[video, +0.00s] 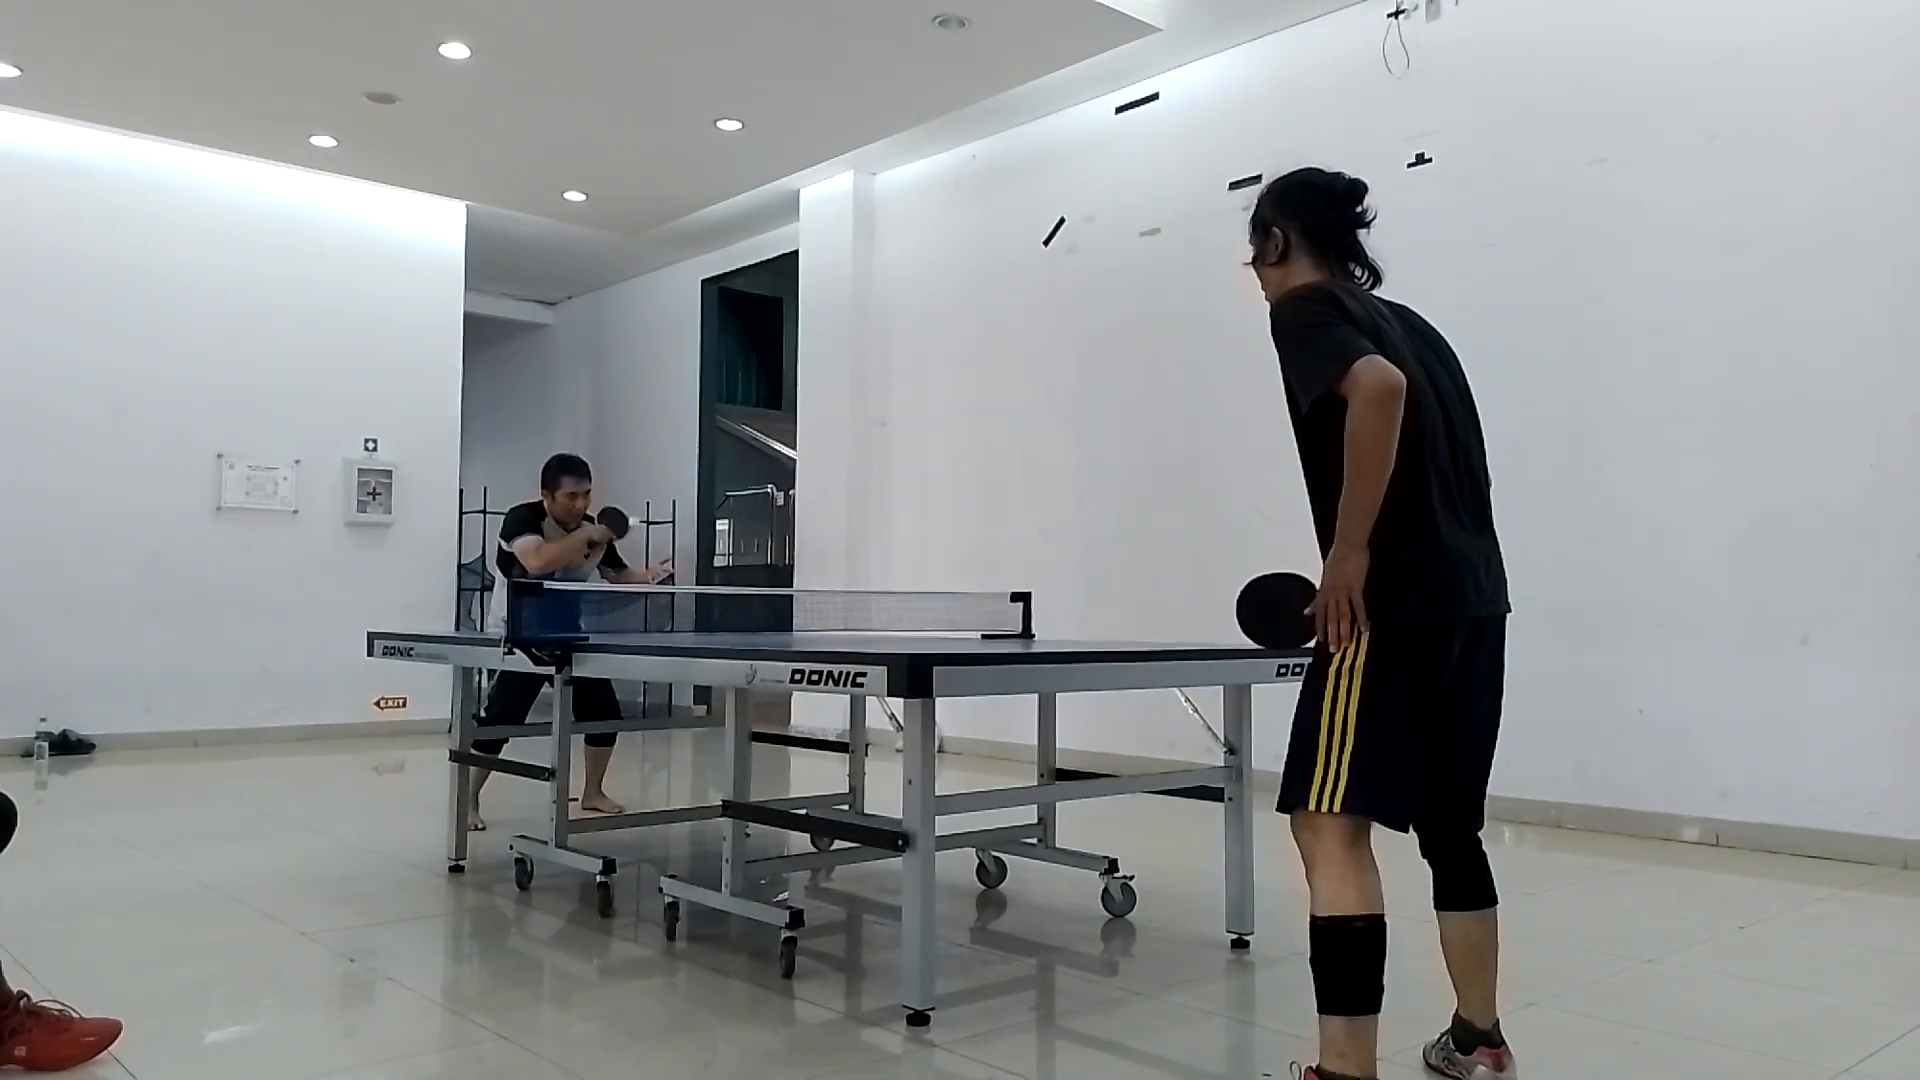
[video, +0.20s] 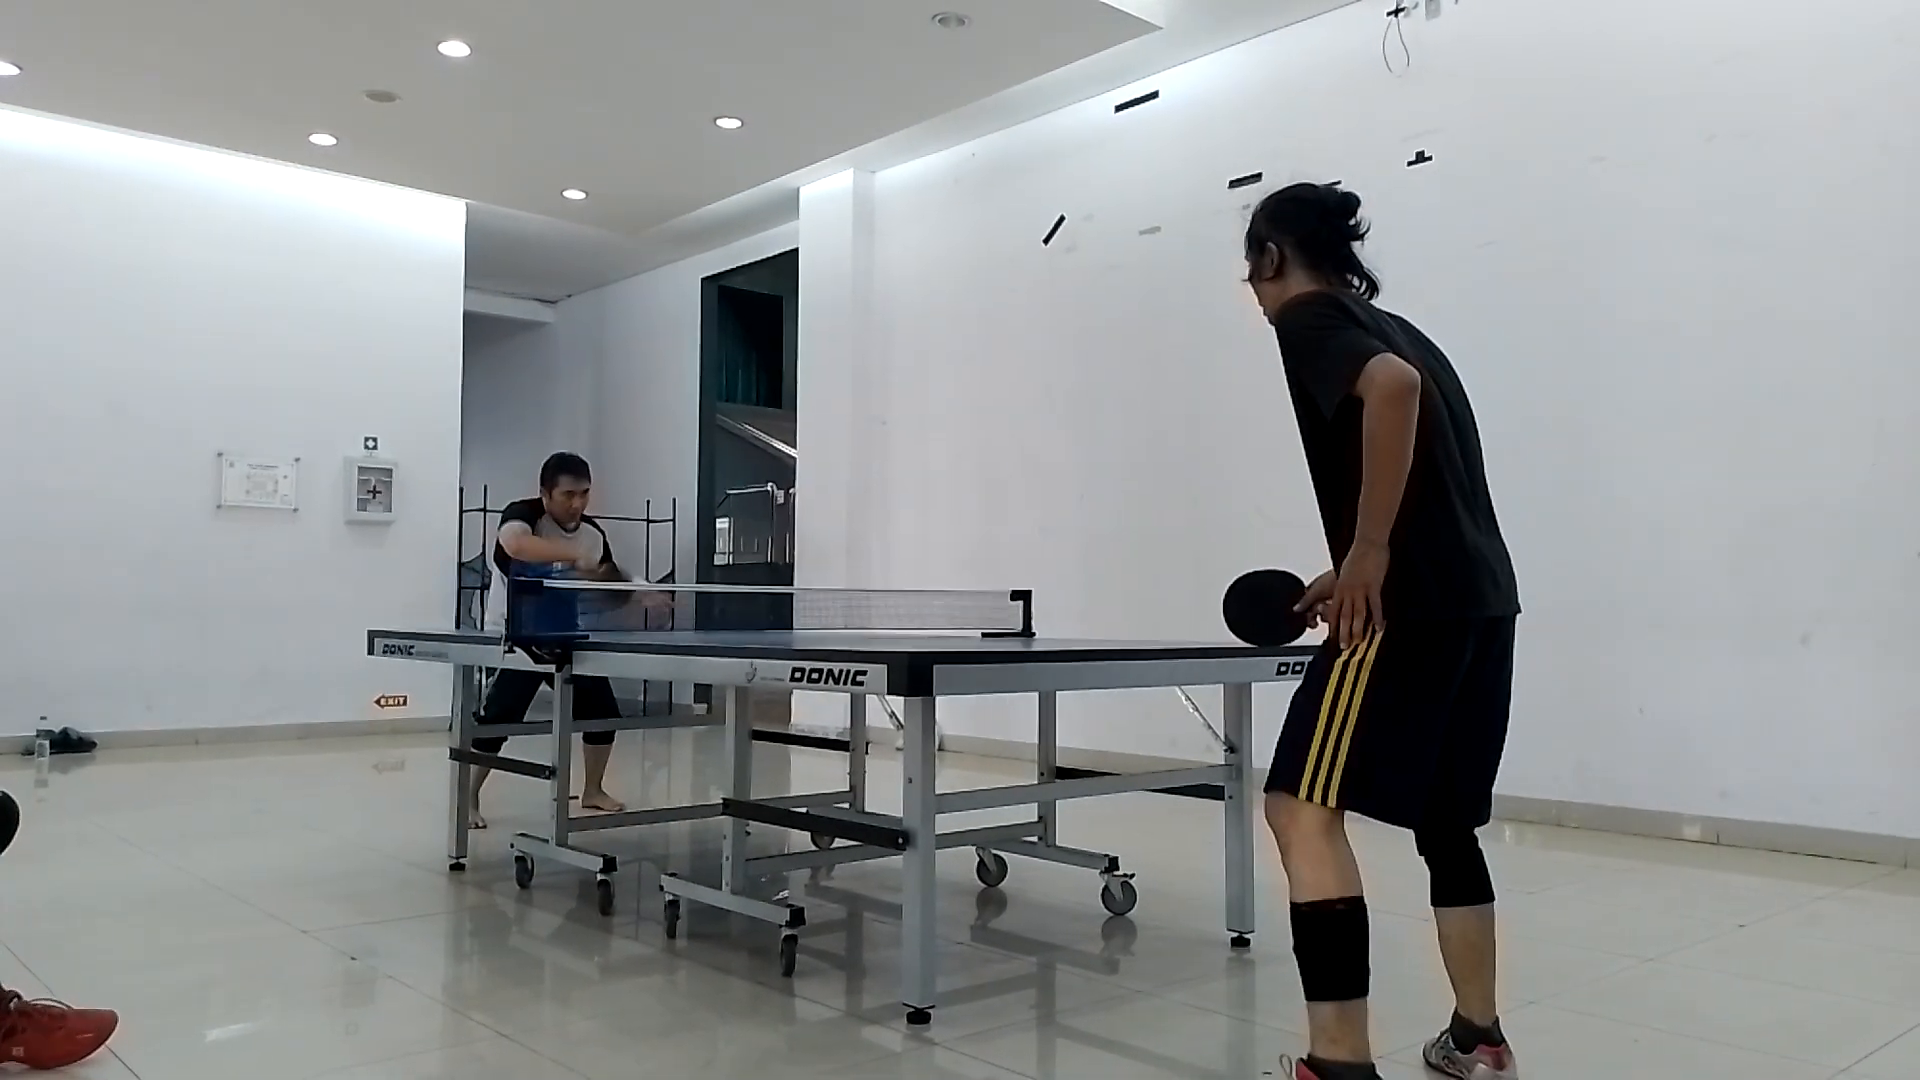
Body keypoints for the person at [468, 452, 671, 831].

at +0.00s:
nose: (581, 504)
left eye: (585, 495)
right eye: (572, 496)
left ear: (590, 492)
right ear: (547, 494)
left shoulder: (592, 530)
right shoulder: (521, 518)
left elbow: (620, 576)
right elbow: (535, 561)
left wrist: (649, 576)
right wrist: (585, 535)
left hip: (571, 643)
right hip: (521, 643)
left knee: (605, 715)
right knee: (498, 725)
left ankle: (593, 793)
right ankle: (468, 798)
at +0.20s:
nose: (578, 503)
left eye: (584, 494)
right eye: (569, 494)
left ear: (590, 493)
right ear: (546, 493)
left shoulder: (592, 533)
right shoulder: (521, 514)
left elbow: (610, 581)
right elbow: (516, 545)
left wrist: (643, 596)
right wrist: (575, 554)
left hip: (568, 644)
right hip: (516, 643)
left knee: (603, 713)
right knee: (495, 724)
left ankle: (592, 791)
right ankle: (468, 796)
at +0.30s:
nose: (576, 502)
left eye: (583, 493)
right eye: (567, 493)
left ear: (589, 492)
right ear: (546, 491)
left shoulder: (591, 537)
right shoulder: (522, 512)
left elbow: (610, 595)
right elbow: (500, 538)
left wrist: (638, 617)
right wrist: (522, 556)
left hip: (568, 644)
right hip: (518, 642)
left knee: (600, 713)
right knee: (493, 723)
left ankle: (591, 792)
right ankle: (465, 797)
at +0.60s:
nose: (581, 492)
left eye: (588, 484)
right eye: (572, 483)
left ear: (595, 486)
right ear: (551, 484)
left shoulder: (602, 534)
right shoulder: (523, 513)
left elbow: (606, 595)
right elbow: (474, 550)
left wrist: (616, 625)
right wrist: (472, 576)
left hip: (573, 642)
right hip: (520, 638)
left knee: (600, 711)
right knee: (483, 717)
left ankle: (593, 791)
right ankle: (458, 793)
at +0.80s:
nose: (567, 491)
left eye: (574, 483)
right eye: (558, 482)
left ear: (581, 486)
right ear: (536, 485)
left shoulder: (589, 536)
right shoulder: (506, 519)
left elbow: (601, 592)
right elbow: (461, 565)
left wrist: (619, 622)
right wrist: (471, 594)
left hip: (555, 647)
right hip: (500, 644)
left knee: (593, 712)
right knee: (459, 716)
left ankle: (593, 790)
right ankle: (421, 801)